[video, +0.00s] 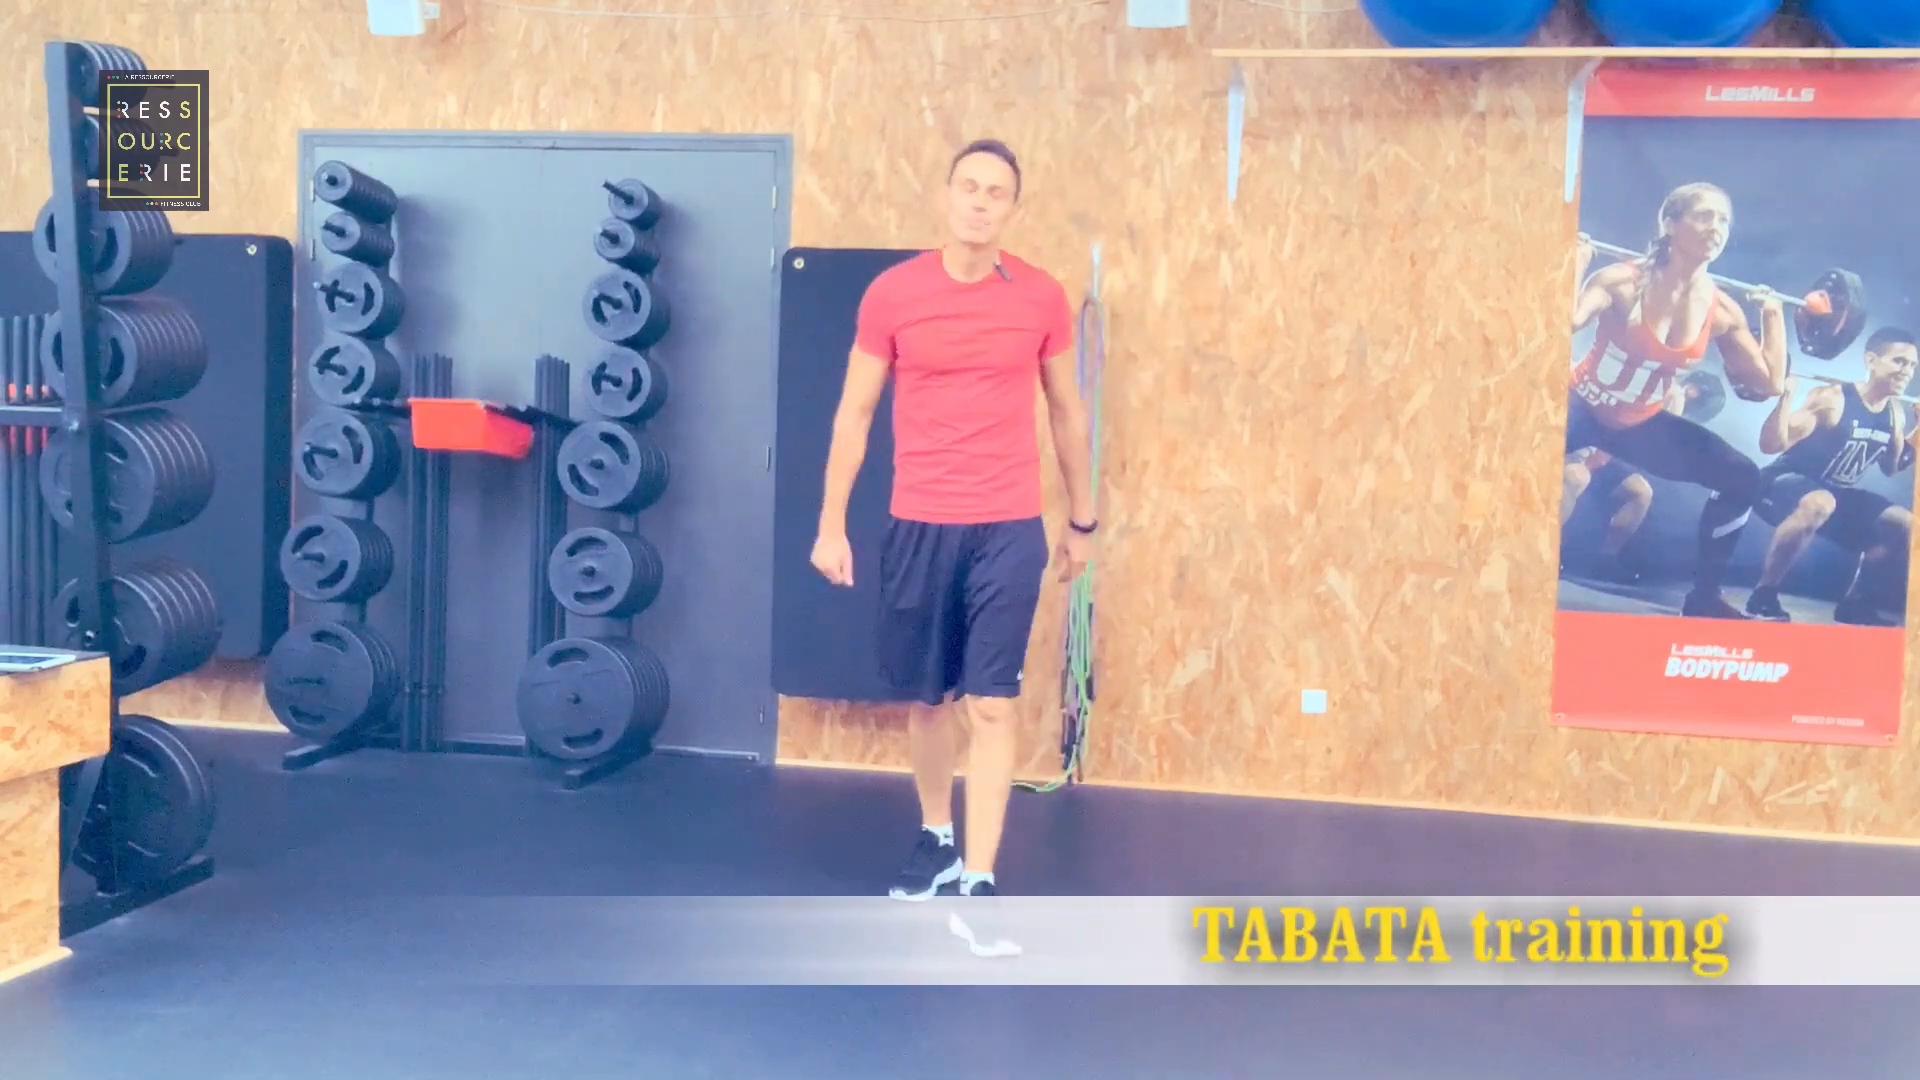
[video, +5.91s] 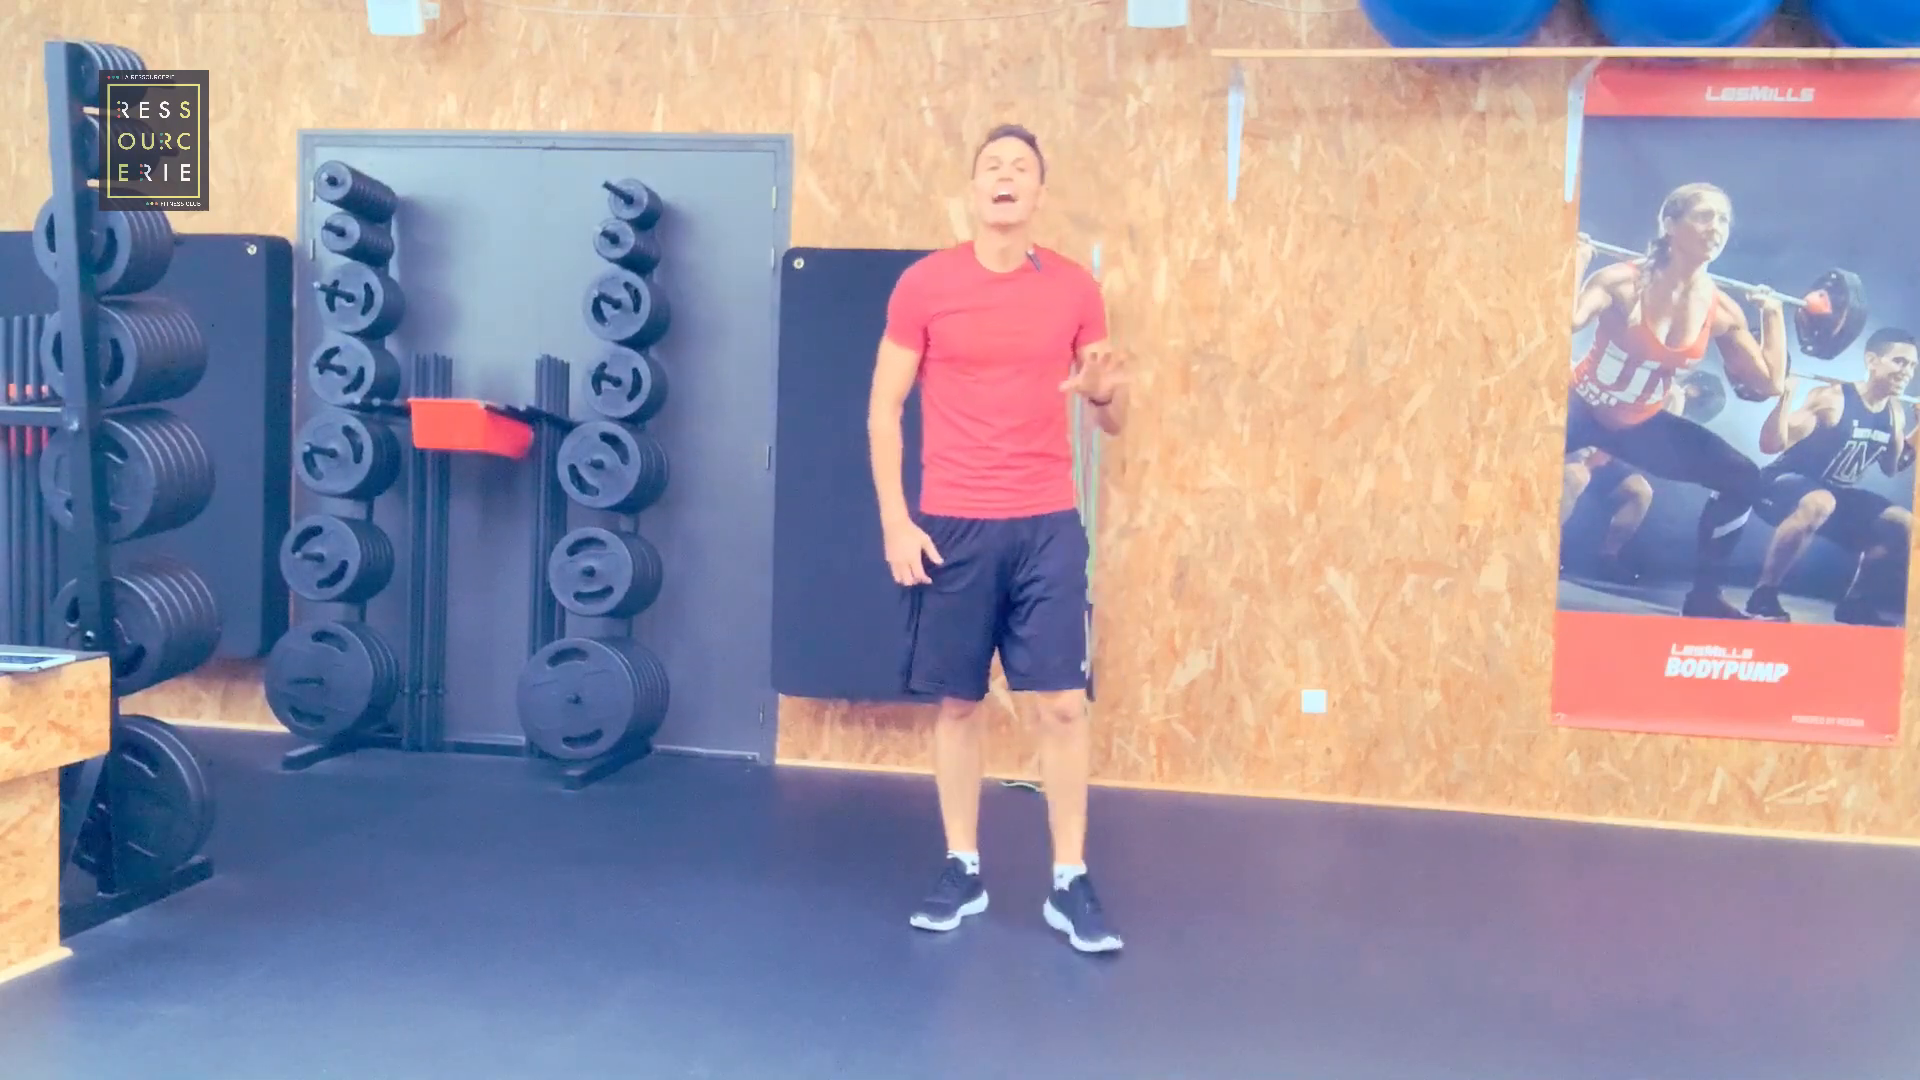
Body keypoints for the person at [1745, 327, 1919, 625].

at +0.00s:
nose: (1906, 371)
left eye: (1911, 365)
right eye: (1899, 361)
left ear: (1914, 371)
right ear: (1871, 361)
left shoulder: (1894, 413)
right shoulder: (1830, 398)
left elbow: (1891, 467)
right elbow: (1769, 444)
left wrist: (1910, 443)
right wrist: (1785, 395)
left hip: (1839, 495)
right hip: (1786, 481)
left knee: (1906, 525)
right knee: (1820, 503)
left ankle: (1855, 604)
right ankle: (1764, 596)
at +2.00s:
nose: (1906, 371)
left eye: (1911, 365)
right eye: (1899, 361)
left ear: (1914, 371)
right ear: (1871, 361)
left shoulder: (1894, 412)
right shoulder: (1830, 398)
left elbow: (1892, 467)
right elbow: (1769, 444)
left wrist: (1912, 442)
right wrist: (1785, 395)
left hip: (1839, 495)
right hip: (1785, 482)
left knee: (1905, 525)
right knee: (1821, 502)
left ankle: (1855, 605)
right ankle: (1764, 596)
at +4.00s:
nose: (1906, 372)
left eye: (1911, 365)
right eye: (1899, 361)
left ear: (1913, 371)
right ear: (1872, 361)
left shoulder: (1894, 411)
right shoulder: (1831, 397)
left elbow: (1891, 466)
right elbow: (1769, 444)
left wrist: (1912, 441)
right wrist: (1785, 397)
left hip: (1838, 495)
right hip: (1785, 482)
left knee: (1904, 524)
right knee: (1820, 502)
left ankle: (1854, 604)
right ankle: (1763, 596)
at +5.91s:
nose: (1906, 372)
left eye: (1911, 365)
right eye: (1899, 361)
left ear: (1913, 371)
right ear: (1872, 361)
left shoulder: (1894, 412)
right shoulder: (1830, 397)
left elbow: (1892, 466)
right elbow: (1769, 444)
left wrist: (1914, 437)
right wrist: (1784, 396)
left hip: (1840, 495)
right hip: (1786, 481)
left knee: (1905, 525)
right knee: (1821, 502)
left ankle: (1854, 604)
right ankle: (1763, 596)